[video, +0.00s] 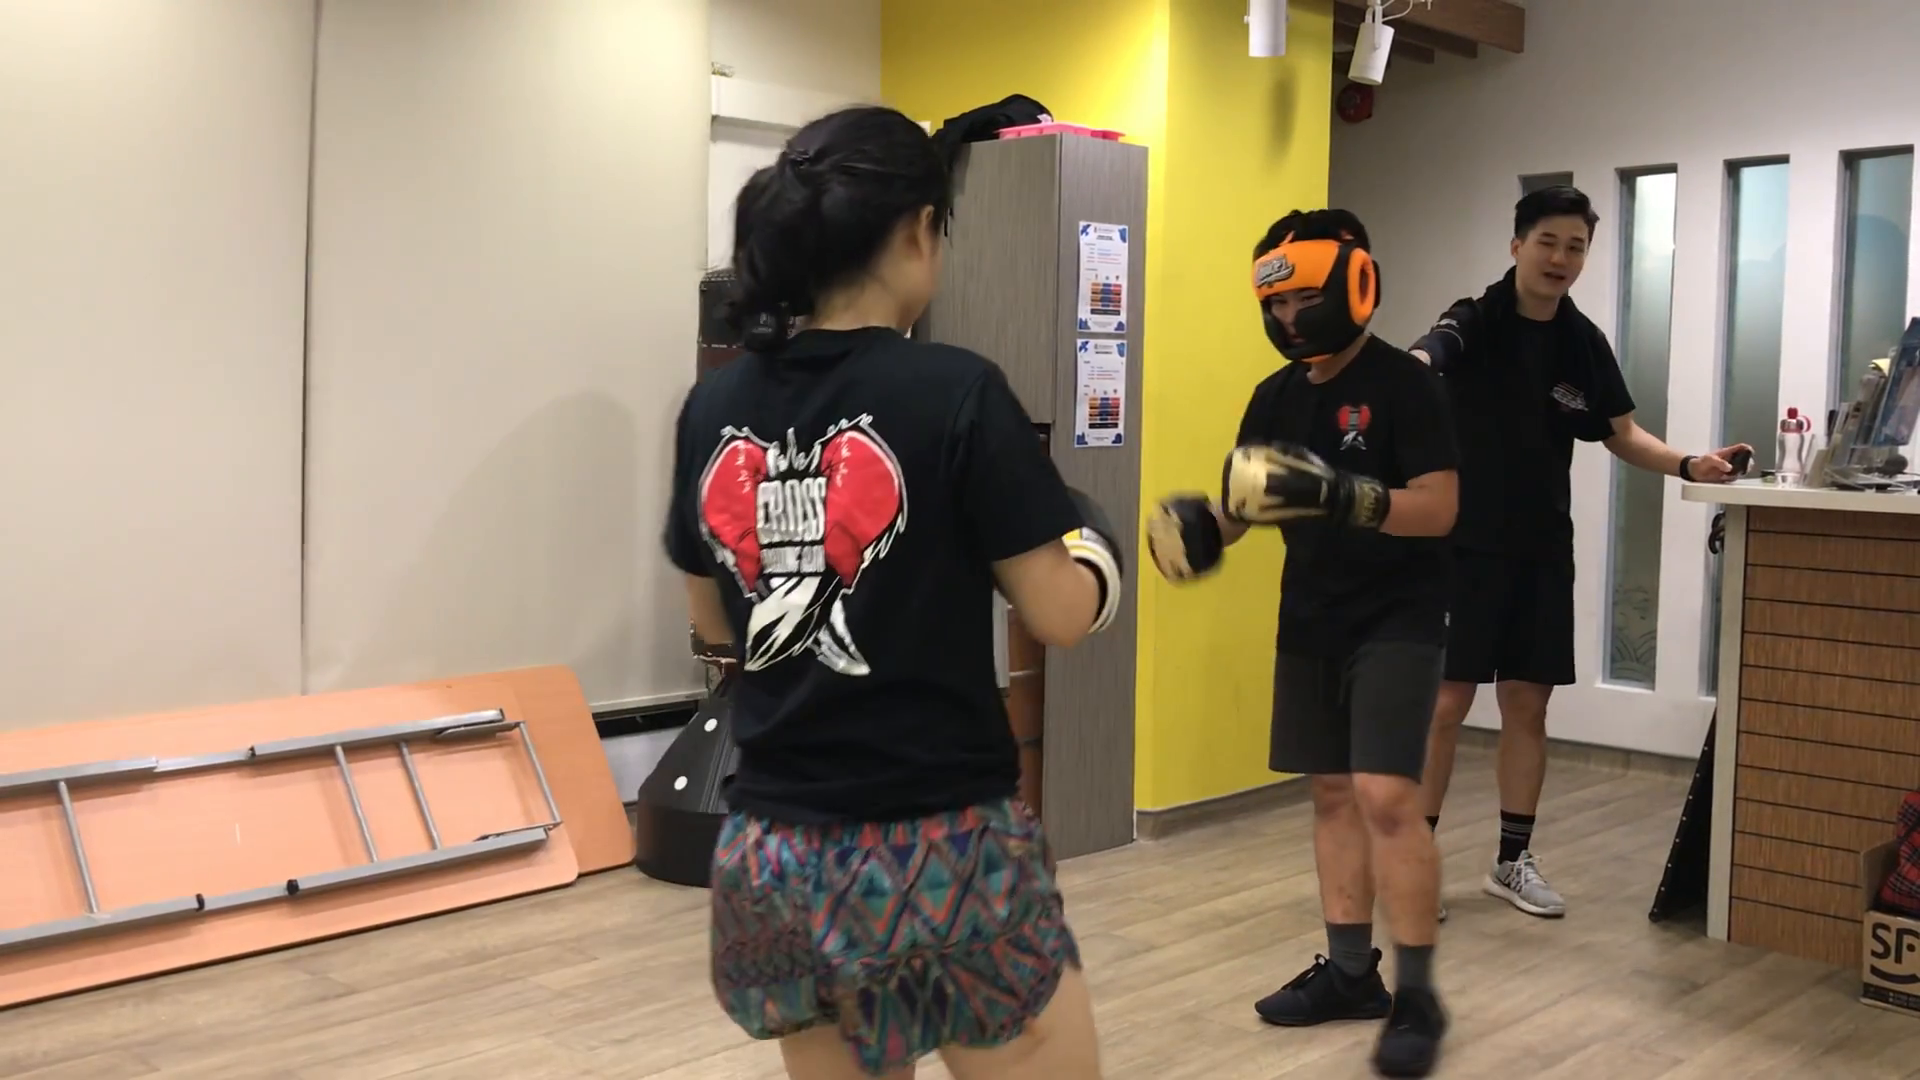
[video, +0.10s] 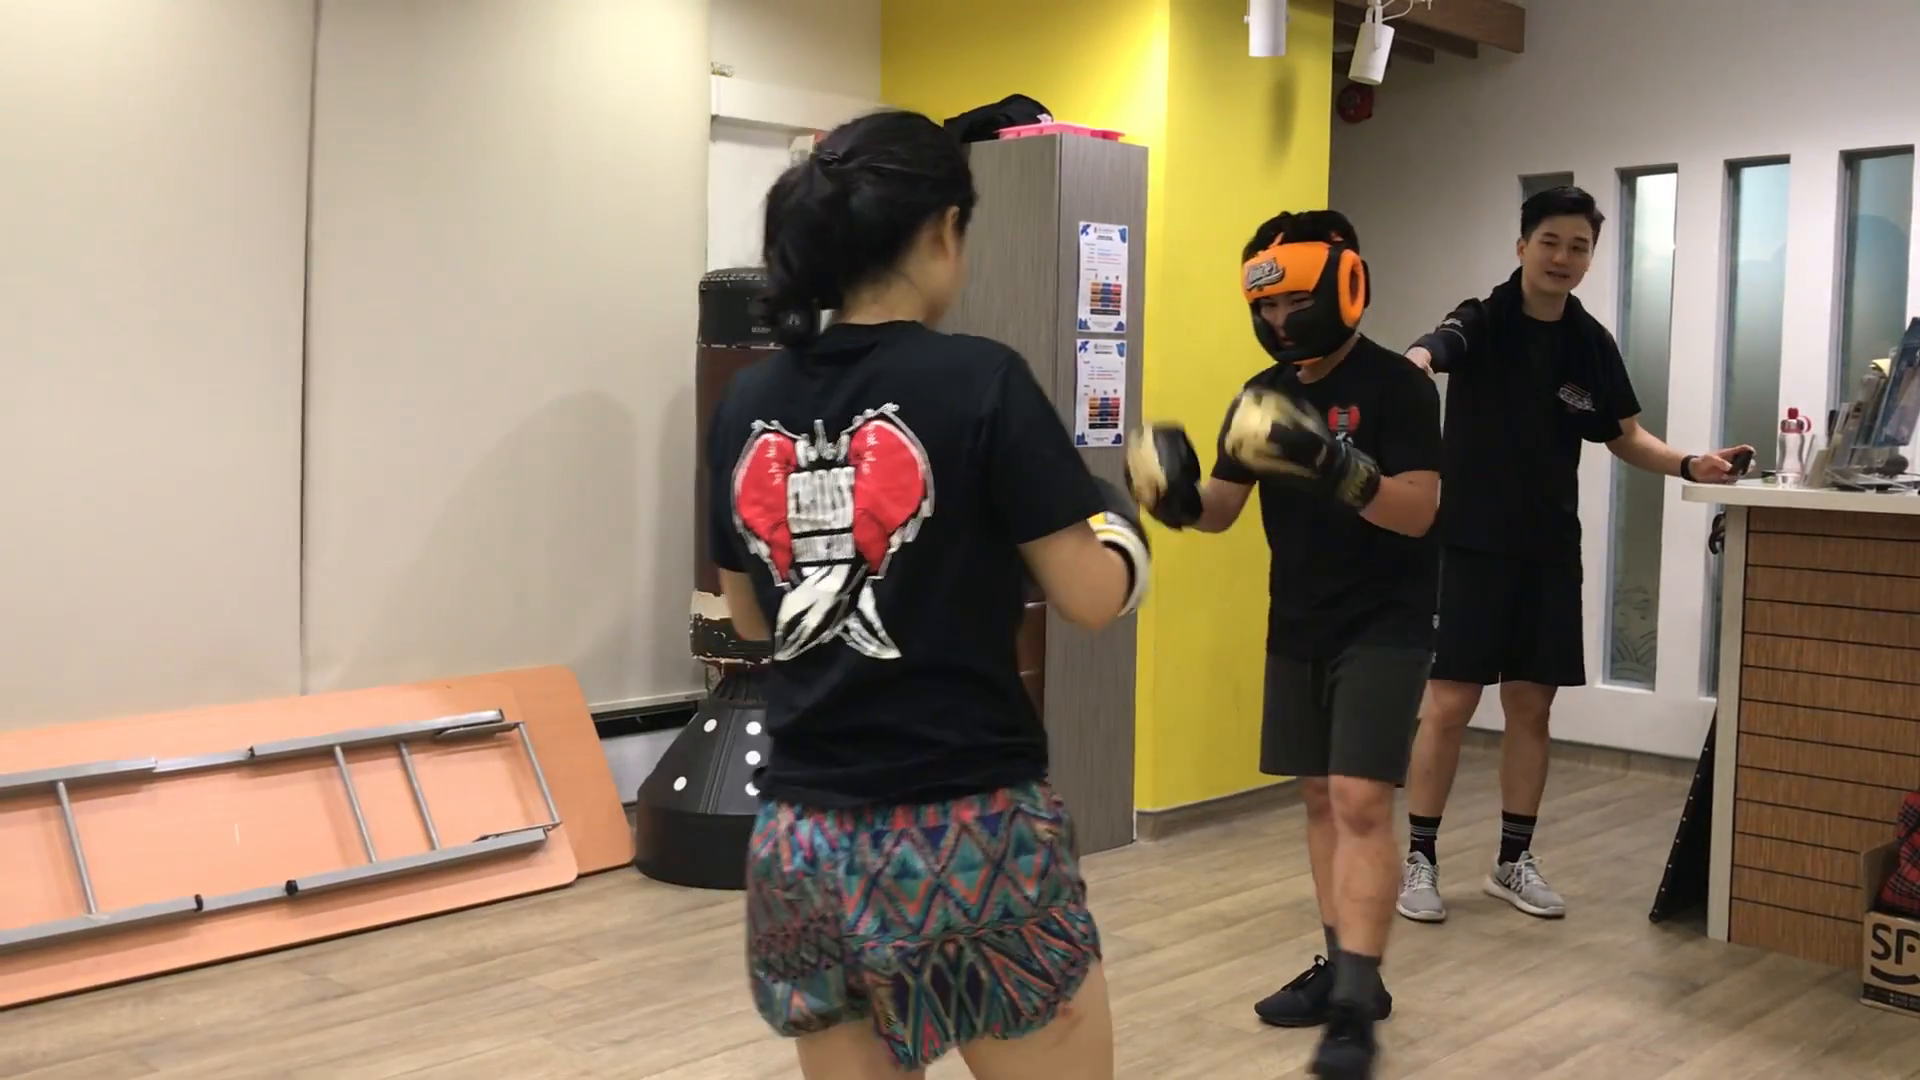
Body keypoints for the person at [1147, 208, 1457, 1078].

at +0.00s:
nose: (1289, 315)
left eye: (1304, 294)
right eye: (1275, 301)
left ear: (1354, 287)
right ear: (1264, 307)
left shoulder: (1409, 385)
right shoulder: (1273, 397)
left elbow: (1440, 509)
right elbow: (1248, 501)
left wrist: (1342, 497)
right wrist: (1207, 528)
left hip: (1400, 618)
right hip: (1314, 620)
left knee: (1387, 796)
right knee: (1332, 792)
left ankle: (1417, 996)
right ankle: (1349, 971)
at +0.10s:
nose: (1276, 317)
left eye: (1293, 297)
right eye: (1263, 302)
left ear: (1345, 289)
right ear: (1254, 305)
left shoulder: (1397, 385)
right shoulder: (1266, 395)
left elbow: (1418, 513)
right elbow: (1222, 510)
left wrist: (1335, 467)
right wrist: (1172, 491)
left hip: (1384, 619)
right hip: (1301, 620)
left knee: (1361, 802)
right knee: (1319, 797)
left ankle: (1359, 1000)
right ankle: (1339, 964)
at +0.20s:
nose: (1262, 318)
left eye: (1276, 298)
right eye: (1253, 303)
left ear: (1331, 290)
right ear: (1248, 304)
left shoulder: (1389, 386)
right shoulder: (1254, 387)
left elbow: (1392, 510)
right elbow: (1198, 500)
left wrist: (1327, 427)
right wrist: (1150, 436)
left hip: (1369, 623)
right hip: (1288, 622)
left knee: (1333, 806)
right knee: (1314, 804)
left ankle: (1304, 1006)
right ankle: (1352, 967)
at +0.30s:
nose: (1270, 306)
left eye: (1290, 287)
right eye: (1256, 291)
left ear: (1340, 289)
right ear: (1244, 299)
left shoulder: (1385, 387)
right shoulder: (1249, 390)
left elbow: (1363, 493)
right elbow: (1180, 484)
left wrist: (1322, 381)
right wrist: (1151, 384)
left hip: (1352, 627)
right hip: (1272, 626)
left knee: (1314, 812)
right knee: (1308, 808)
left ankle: (1284, 1021)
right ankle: (1350, 971)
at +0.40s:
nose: (1278, 300)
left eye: (1297, 280)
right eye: (1263, 286)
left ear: (1338, 283)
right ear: (1245, 295)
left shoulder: (1381, 386)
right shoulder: (1242, 386)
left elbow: (1332, 482)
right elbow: (1179, 476)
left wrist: (1306, 365)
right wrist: (1162, 353)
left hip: (1338, 626)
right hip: (1259, 623)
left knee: (1304, 817)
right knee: (1291, 812)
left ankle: (1284, 1028)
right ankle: (1348, 969)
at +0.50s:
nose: (1274, 291)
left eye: (1293, 271)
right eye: (1262, 276)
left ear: (1334, 279)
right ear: (1242, 285)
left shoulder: (1375, 385)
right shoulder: (1235, 377)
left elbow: (1309, 478)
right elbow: (1178, 453)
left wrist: (1297, 361)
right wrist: (1174, 339)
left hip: (1322, 637)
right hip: (1235, 628)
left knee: (1299, 822)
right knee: (1248, 803)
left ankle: (1282, 1027)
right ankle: (1338, 952)